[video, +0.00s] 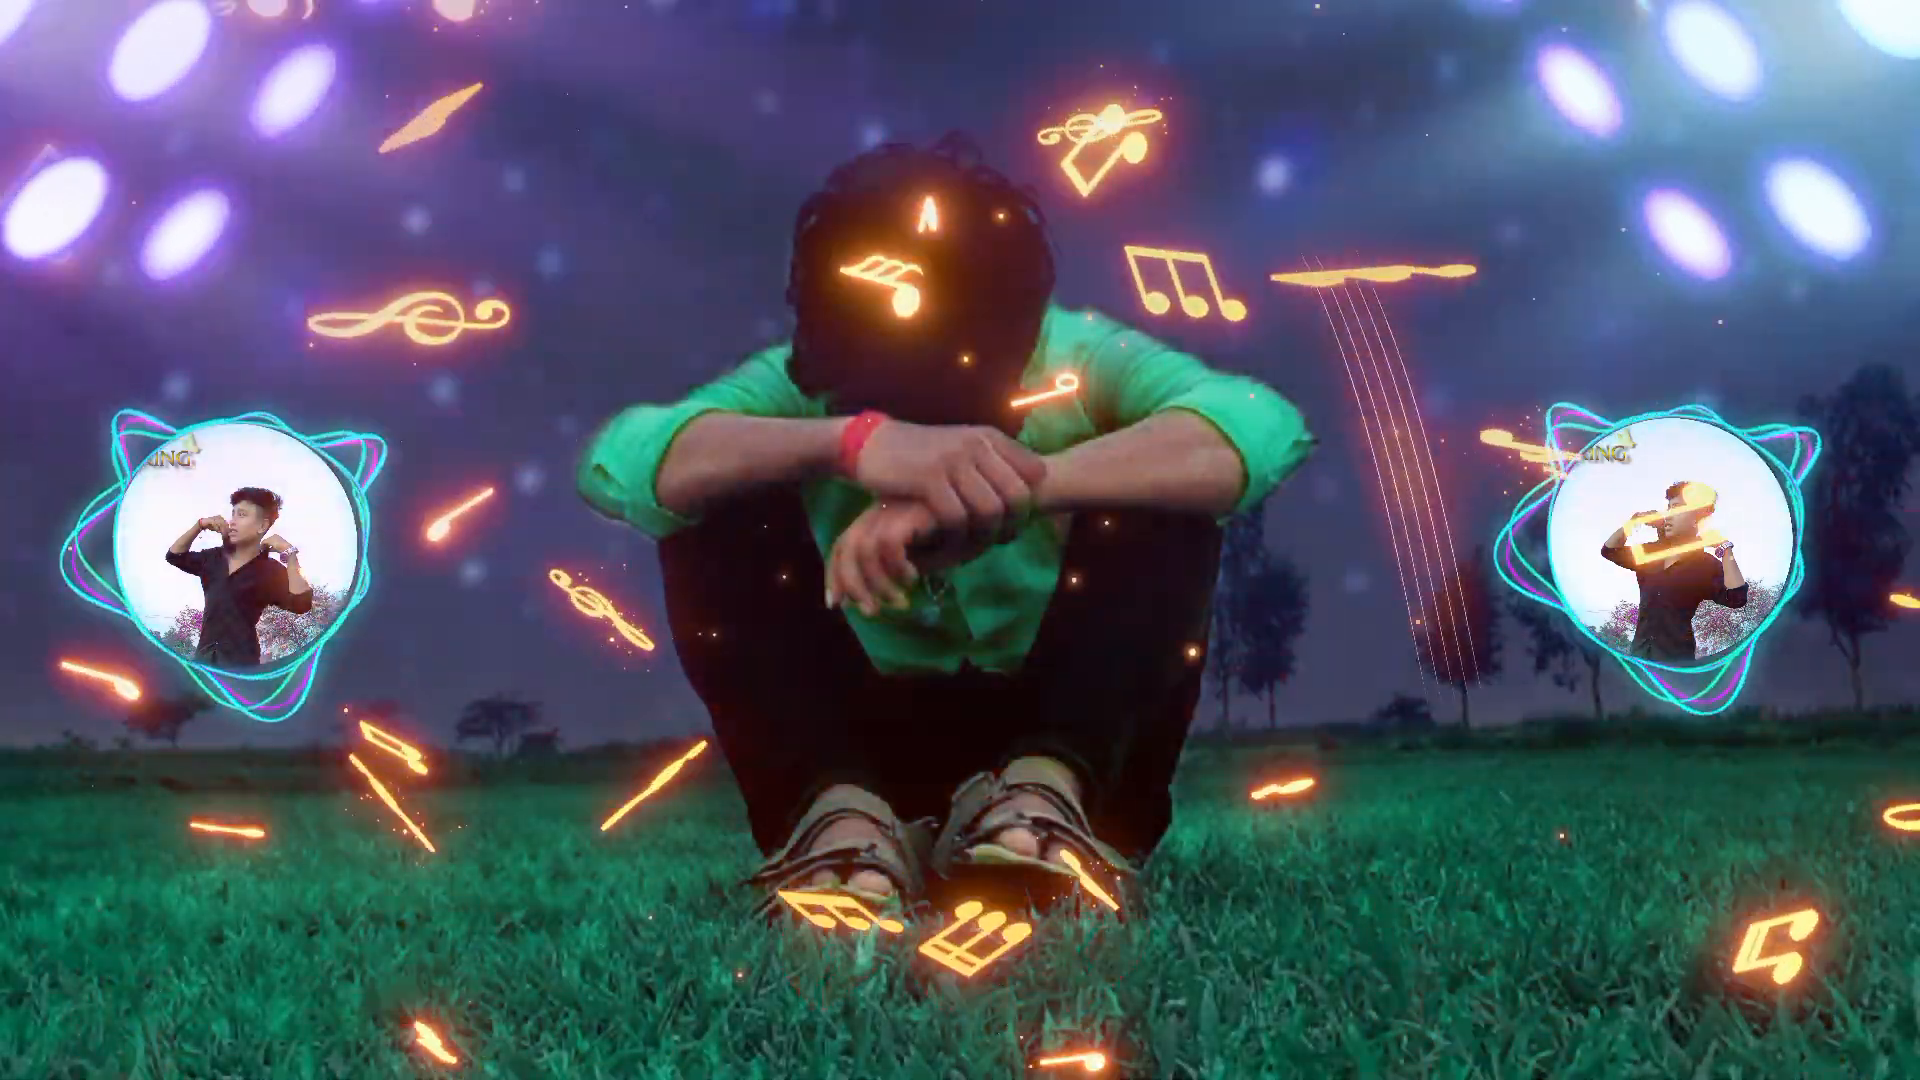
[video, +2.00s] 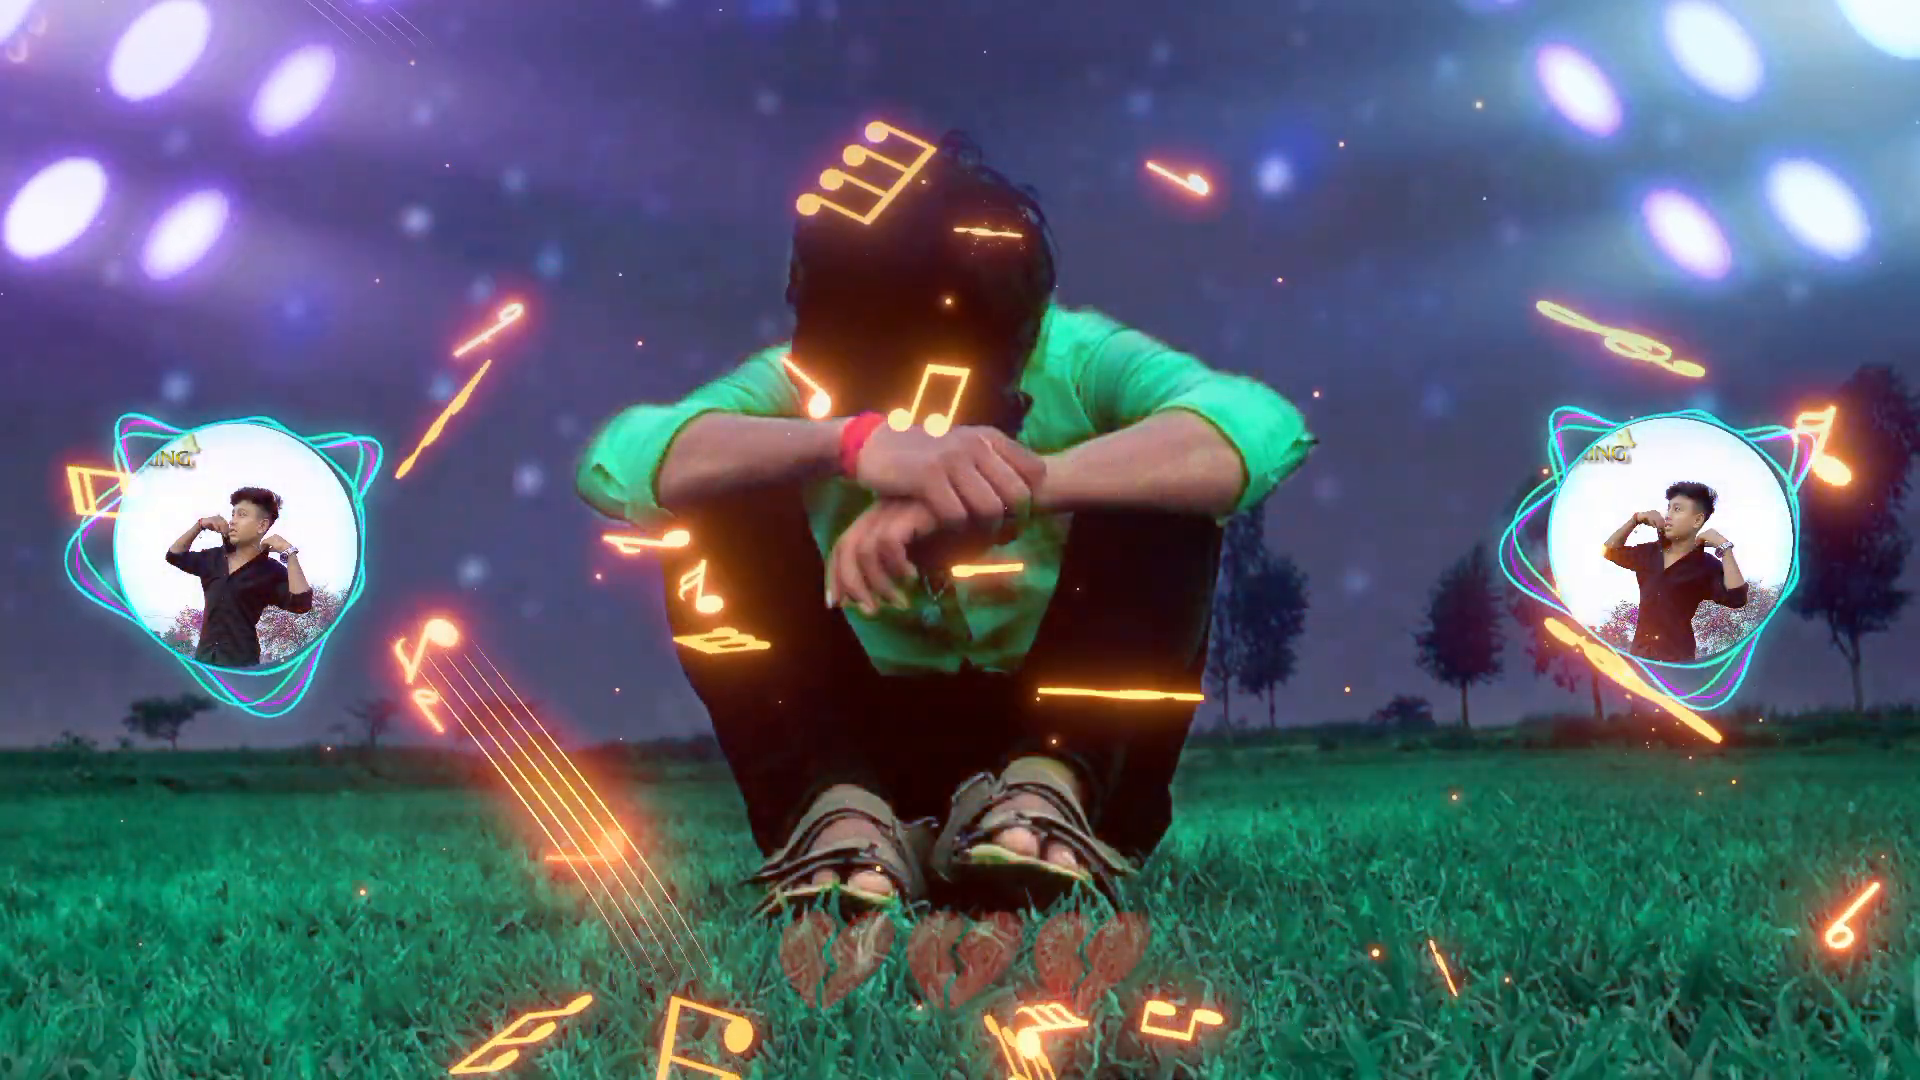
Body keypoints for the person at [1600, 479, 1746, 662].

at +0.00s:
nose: (1667, 514)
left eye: (1676, 507)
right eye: (1668, 507)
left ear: (1698, 513)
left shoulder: (1704, 563)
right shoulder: (1648, 553)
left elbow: (1737, 600)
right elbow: (1609, 551)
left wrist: (1726, 551)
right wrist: (1631, 525)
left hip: (1677, 655)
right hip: (1640, 652)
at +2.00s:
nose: (1667, 515)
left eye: (1677, 509)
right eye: (1669, 508)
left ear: (1698, 520)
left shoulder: (1706, 565)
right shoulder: (1648, 553)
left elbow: (1737, 600)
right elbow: (1610, 551)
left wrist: (1725, 547)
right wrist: (1634, 521)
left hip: (1677, 660)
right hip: (1639, 655)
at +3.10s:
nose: (1667, 515)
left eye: (1677, 509)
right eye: (1668, 509)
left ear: (1698, 519)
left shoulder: (1706, 565)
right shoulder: (1648, 553)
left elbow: (1737, 599)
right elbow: (1609, 552)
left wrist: (1725, 547)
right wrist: (1633, 521)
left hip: (1678, 657)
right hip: (1640, 653)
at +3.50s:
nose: (1667, 515)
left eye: (1677, 509)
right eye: (1668, 509)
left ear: (1698, 520)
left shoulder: (1705, 564)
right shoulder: (1647, 553)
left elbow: (1737, 599)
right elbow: (1609, 551)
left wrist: (1725, 547)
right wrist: (1634, 520)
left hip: (1677, 660)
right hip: (1638, 656)